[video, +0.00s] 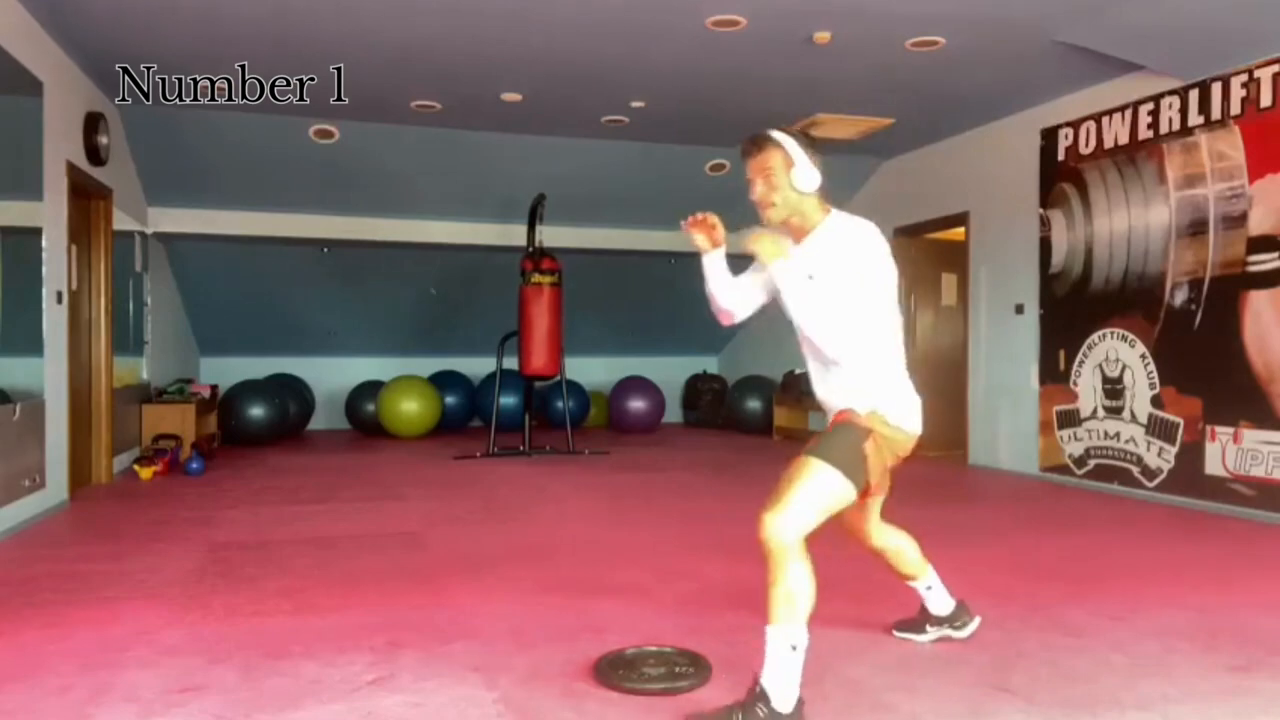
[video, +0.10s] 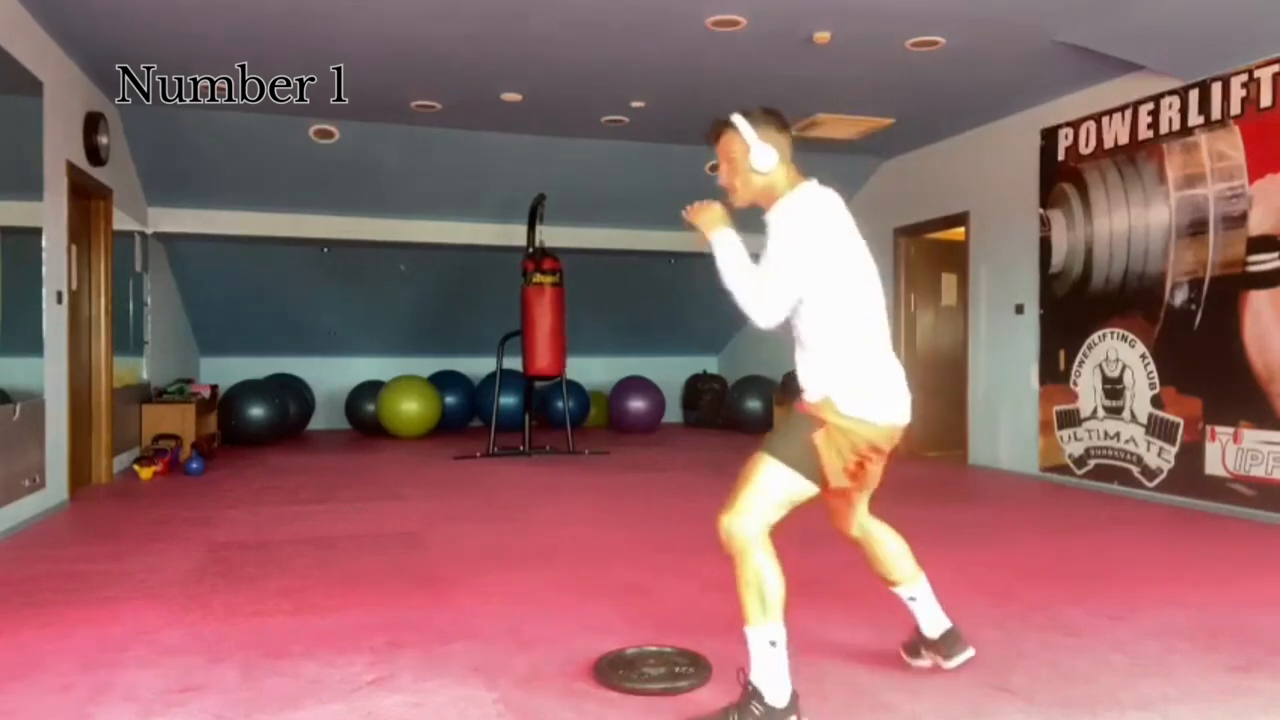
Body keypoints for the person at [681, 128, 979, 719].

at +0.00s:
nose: (756, 195)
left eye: (766, 180)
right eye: (752, 184)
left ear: (799, 178)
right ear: (757, 189)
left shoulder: (859, 238)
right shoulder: (787, 249)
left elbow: (849, 337)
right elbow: (732, 309)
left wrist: (782, 262)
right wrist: (713, 254)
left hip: (882, 412)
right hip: (847, 411)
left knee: (781, 526)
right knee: (867, 525)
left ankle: (778, 696)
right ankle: (947, 611)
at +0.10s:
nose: (720, 176)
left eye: (724, 163)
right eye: (719, 165)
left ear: (755, 158)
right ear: (772, 158)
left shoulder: (796, 215)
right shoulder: (822, 203)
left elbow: (766, 306)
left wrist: (720, 235)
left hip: (840, 405)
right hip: (882, 404)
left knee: (742, 524)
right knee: (854, 517)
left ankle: (771, 693)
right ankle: (941, 633)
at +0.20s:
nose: (719, 171)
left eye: (720, 156)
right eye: (715, 159)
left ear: (746, 145)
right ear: (781, 144)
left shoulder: (765, 198)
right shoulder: (843, 191)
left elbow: (728, 291)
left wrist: (698, 226)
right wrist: (746, 212)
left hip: (810, 392)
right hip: (881, 397)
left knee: (706, 505)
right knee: (855, 521)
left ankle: (735, 675)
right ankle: (923, 649)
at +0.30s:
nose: (721, 176)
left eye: (724, 163)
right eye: (720, 163)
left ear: (749, 159)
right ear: (786, 158)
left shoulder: (740, 212)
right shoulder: (852, 209)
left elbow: (687, 302)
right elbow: (839, 289)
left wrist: (681, 242)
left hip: (771, 408)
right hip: (858, 413)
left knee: (681, 539)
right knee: (882, 559)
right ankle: (926, 704)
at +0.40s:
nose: (707, 193)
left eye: (709, 181)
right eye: (707, 182)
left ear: (732, 175)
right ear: (771, 174)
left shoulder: (713, 227)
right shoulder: (836, 230)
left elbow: (663, 325)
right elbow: (821, 310)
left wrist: (672, 267)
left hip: (734, 436)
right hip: (826, 441)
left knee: (648, 560)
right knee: (871, 569)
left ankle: (582, 704)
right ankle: (919, 711)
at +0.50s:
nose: (672, 184)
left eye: (673, 173)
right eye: (673, 173)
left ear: (687, 171)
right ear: (736, 175)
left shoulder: (660, 225)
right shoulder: (794, 229)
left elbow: (625, 329)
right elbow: (782, 314)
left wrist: (674, 269)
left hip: (676, 432)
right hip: (774, 436)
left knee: (618, 552)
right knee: (850, 568)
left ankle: (576, 706)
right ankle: (918, 709)